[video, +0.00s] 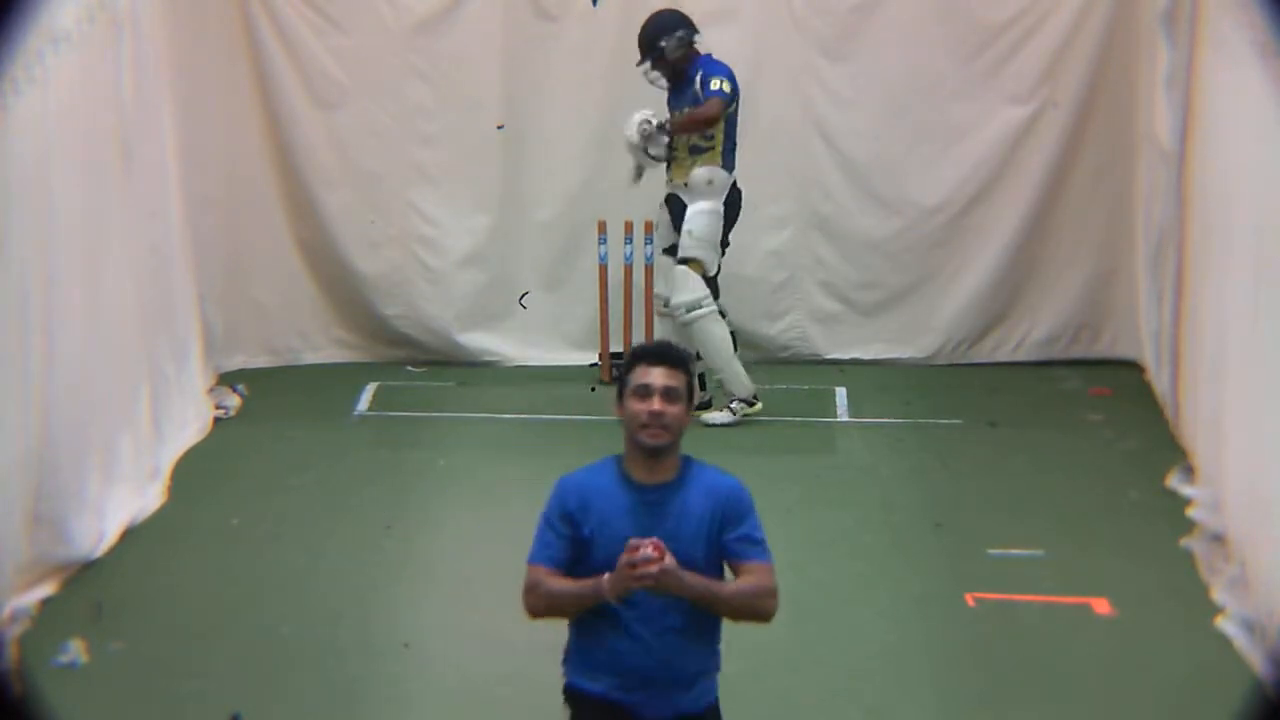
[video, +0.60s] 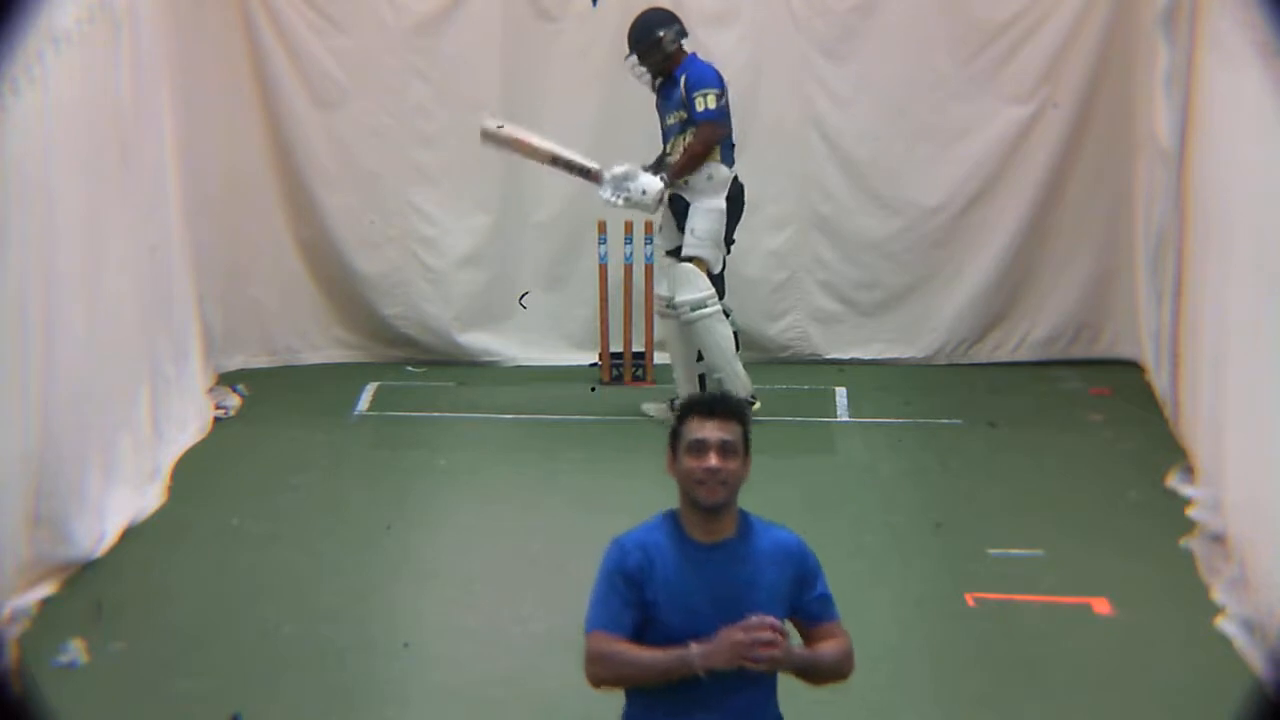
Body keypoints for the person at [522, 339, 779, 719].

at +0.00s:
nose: (655, 407)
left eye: (670, 396)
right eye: (642, 394)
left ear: (689, 412)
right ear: (620, 407)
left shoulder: (723, 495)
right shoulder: (577, 492)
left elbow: (763, 600)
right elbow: (537, 597)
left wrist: (679, 582)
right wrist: (611, 585)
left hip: (689, 701)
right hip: (600, 700)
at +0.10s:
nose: (662, 427)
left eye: (676, 415)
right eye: (648, 414)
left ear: (695, 432)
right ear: (626, 428)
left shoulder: (732, 515)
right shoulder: (586, 514)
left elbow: (771, 622)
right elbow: (547, 624)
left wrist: (680, 604)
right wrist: (615, 605)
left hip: (702, 709)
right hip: (609, 709)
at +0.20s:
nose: (663, 446)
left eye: (678, 434)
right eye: (650, 433)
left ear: (697, 449)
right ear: (627, 447)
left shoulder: (739, 534)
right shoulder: (589, 537)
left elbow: (780, 643)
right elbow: (557, 652)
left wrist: (696, 632)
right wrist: (612, 636)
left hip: (712, 712)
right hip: (615, 713)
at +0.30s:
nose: (666, 450)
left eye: (680, 437)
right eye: (651, 437)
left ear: (699, 451)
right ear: (628, 451)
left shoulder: (746, 536)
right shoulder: (594, 544)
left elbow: (790, 643)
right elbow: (561, 657)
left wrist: (726, 641)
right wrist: (615, 648)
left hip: (719, 713)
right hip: (623, 713)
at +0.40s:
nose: (677, 441)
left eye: (691, 428)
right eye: (662, 428)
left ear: (711, 442)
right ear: (638, 443)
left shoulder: (758, 526)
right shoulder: (604, 534)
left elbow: (806, 631)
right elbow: (570, 645)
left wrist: (755, 633)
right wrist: (639, 635)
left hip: (730, 710)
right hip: (634, 711)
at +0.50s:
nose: (693, 446)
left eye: (708, 433)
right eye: (678, 432)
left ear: (728, 446)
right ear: (655, 446)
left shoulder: (771, 533)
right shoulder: (616, 536)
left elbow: (824, 634)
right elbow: (581, 647)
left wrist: (777, 637)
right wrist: (674, 633)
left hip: (742, 711)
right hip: (643, 712)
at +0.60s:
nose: (713, 463)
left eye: (727, 451)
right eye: (697, 450)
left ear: (746, 465)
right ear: (672, 462)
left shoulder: (785, 553)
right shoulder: (632, 555)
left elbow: (840, 659)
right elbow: (600, 665)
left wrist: (790, 657)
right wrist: (706, 655)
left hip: (754, 711)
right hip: (658, 710)